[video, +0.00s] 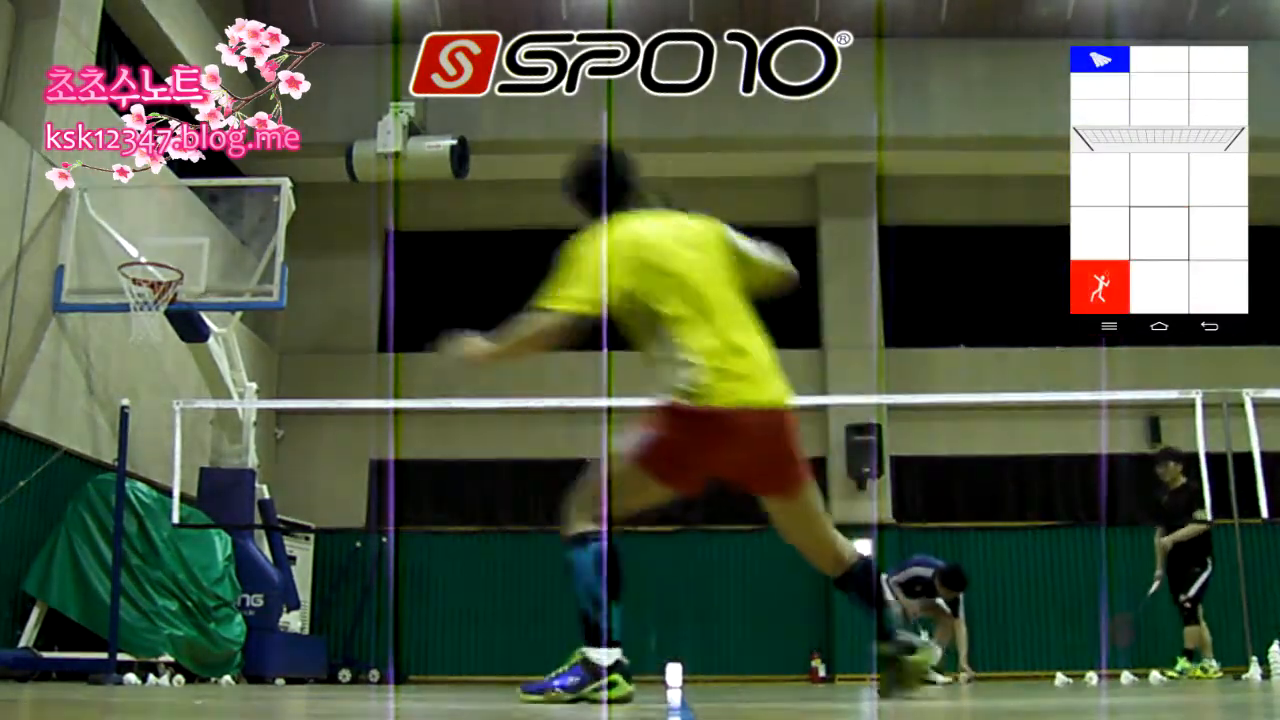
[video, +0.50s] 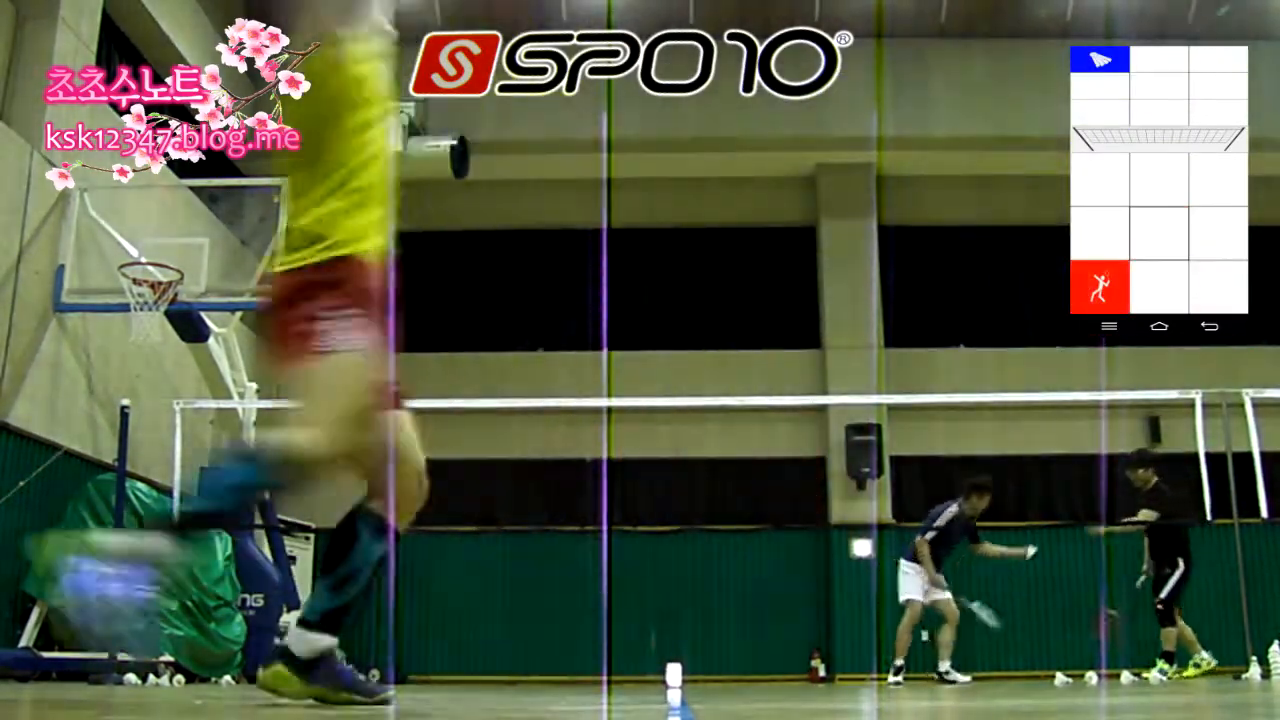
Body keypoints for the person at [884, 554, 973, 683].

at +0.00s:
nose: (950, 598)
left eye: (953, 595)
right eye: (948, 593)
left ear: (957, 591)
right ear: (939, 583)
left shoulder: (955, 591)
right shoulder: (920, 570)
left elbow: (959, 623)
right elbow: (891, 581)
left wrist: (963, 662)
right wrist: (906, 603)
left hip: (923, 598)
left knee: (947, 621)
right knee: (896, 612)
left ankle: (927, 667)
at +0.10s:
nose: (957, 584)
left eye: (959, 581)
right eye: (956, 580)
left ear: (960, 578)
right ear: (946, 572)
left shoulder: (958, 580)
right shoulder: (923, 563)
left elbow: (960, 613)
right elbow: (894, 578)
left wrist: (963, 650)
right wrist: (906, 601)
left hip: (919, 587)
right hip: (893, 580)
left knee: (940, 615)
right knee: (896, 611)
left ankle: (930, 668)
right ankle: (895, 666)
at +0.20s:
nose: (966, 561)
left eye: (968, 558)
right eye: (965, 557)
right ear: (955, 552)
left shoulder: (961, 561)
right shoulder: (930, 550)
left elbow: (960, 591)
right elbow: (901, 575)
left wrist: (968, 621)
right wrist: (910, 603)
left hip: (916, 579)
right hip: (891, 572)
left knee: (939, 613)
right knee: (898, 610)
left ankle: (930, 666)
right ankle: (895, 666)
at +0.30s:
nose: (971, 538)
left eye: (973, 534)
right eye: (969, 533)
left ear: (966, 532)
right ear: (960, 529)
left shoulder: (960, 543)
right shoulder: (935, 536)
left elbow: (963, 573)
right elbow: (906, 565)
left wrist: (986, 596)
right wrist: (914, 597)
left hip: (919, 573)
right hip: (894, 568)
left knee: (943, 611)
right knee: (901, 612)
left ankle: (934, 663)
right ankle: (895, 666)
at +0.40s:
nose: (980, 517)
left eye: (982, 513)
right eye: (977, 512)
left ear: (970, 511)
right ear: (965, 510)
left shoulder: (964, 526)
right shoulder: (941, 522)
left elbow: (971, 557)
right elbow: (913, 552)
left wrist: (1003, 571)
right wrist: (921, 587)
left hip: (924, 570)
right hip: (901, 566)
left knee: (948, 610)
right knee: (904, 612)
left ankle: (940, 664)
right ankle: (895, 667)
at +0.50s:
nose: (983, 506)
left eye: (985, 502)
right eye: (981, 501)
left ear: (983, 502)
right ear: (971, 498)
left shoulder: (968, 520)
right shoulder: (948, 512)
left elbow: (979, 547)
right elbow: (921, 543)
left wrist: (1020, 552)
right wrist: (932, 575)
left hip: (933, 571)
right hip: (913, 566)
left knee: (952, 615)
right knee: (914, 610)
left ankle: (944, 668)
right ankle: (898, 665)